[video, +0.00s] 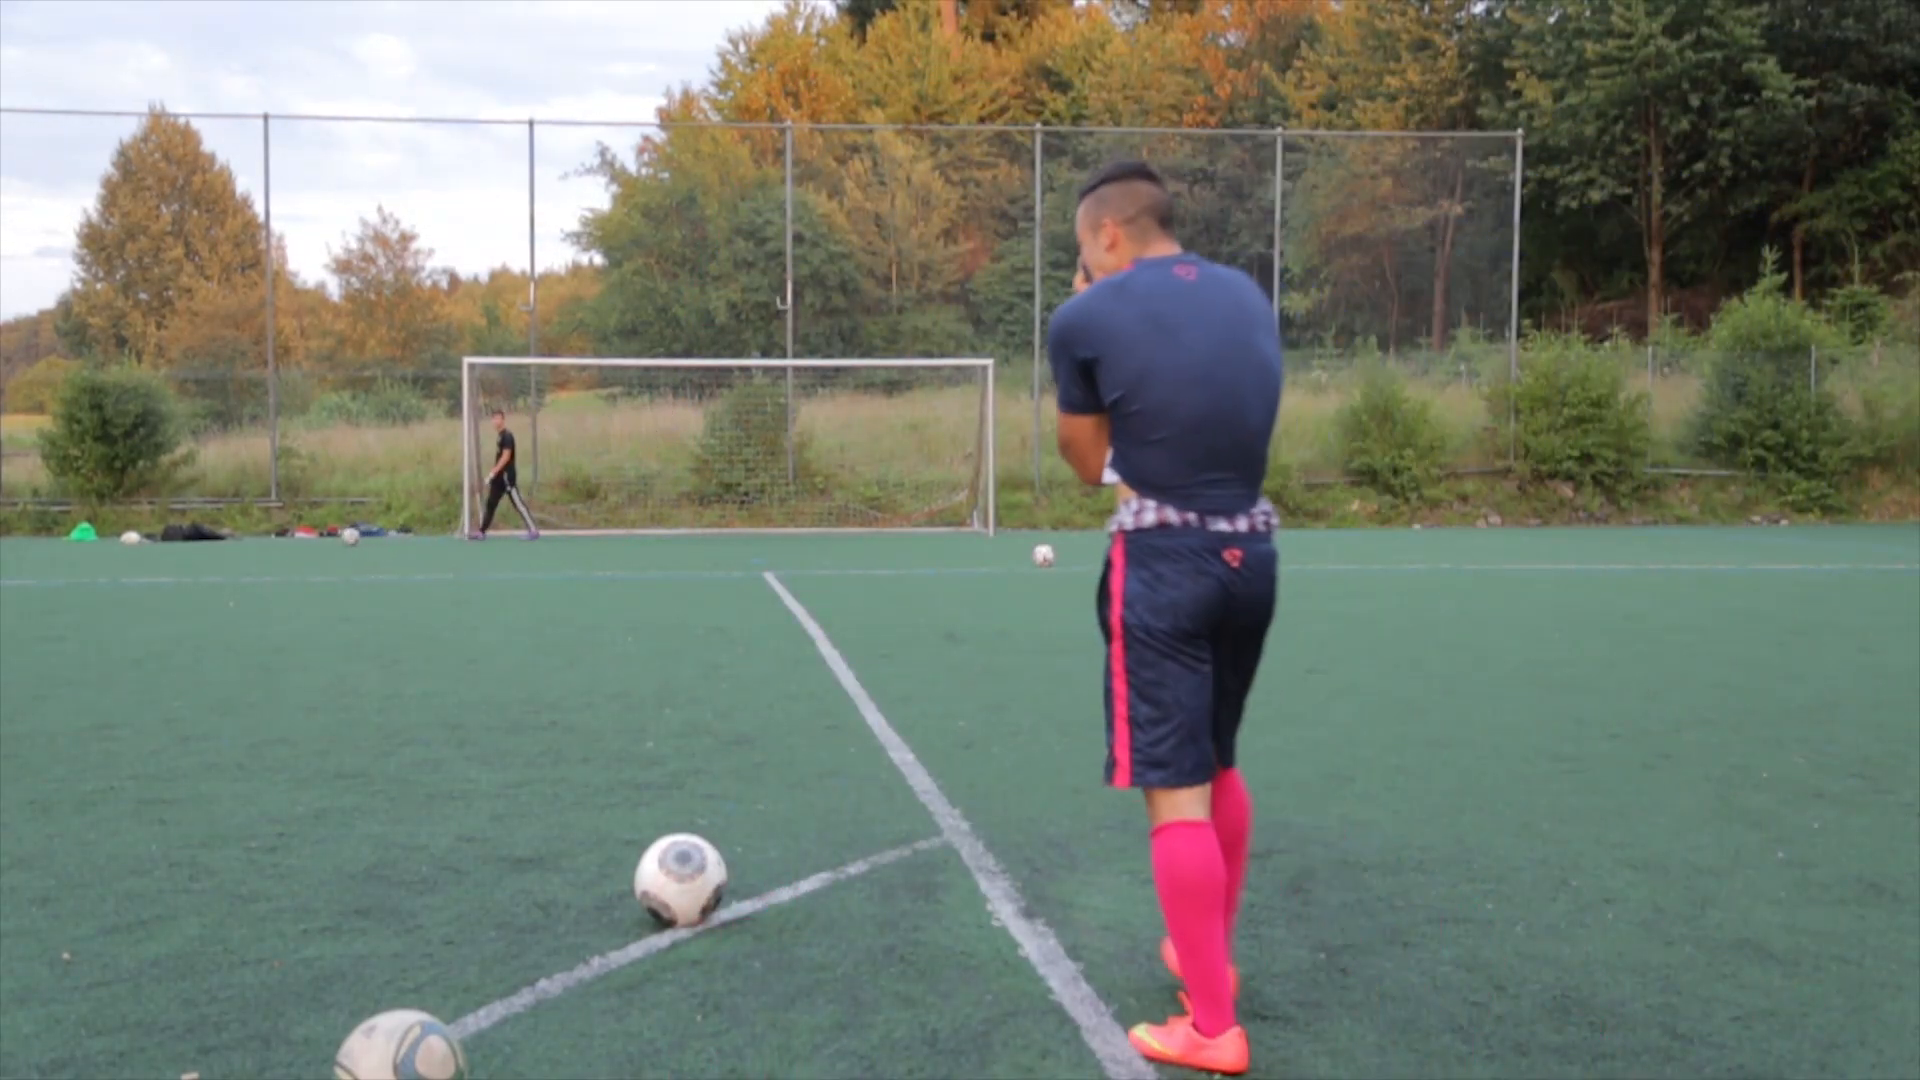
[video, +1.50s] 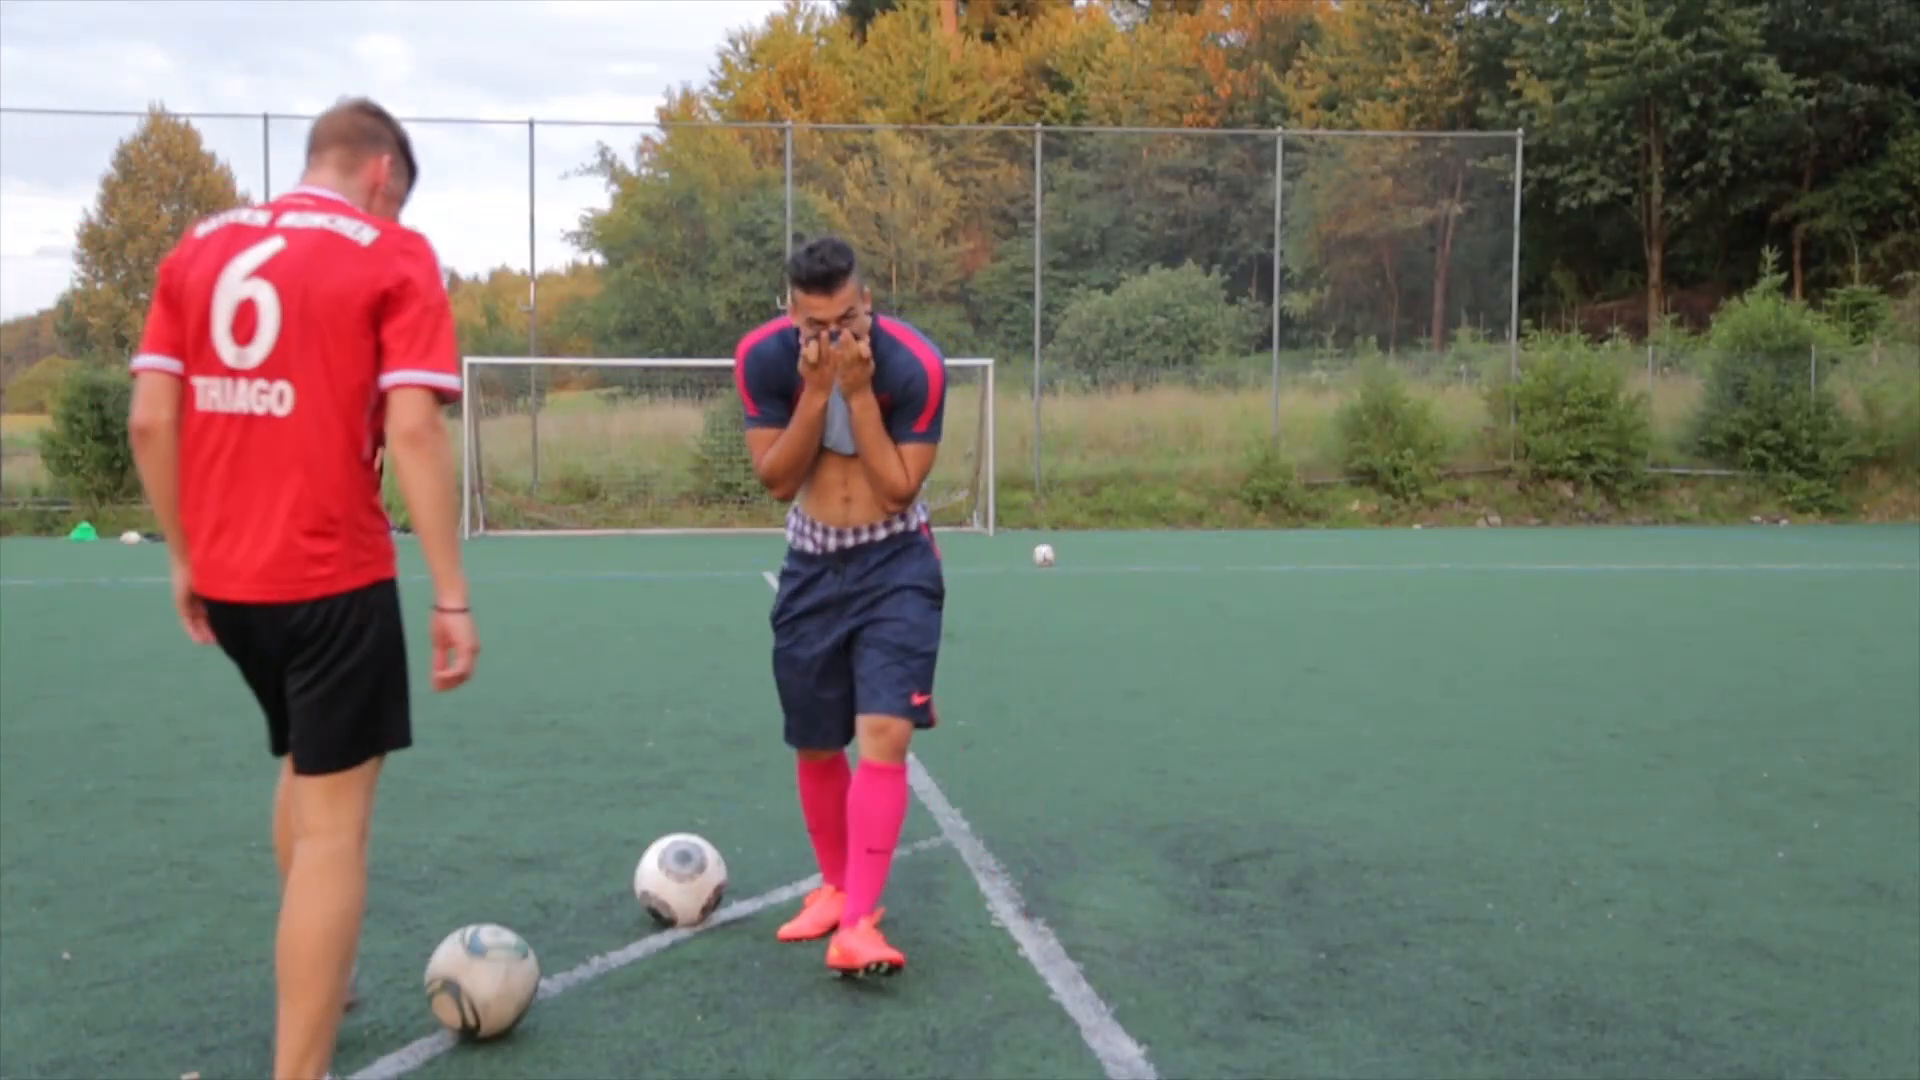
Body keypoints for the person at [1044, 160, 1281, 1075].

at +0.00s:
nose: (1083, 264)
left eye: (1082, 249)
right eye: (1081, 251)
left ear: (1109, 234)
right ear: (1165, 226)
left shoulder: (1086, 317)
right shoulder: (1246, 295)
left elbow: (1090, 461)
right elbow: (1236, 423)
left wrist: (1098, 339)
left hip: (1161, 567)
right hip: (1250, 562)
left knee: (1178, 801)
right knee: (1214, 763)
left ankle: (1214, 1026)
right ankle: (1208, 948)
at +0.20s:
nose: (1039, 306)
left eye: (1038, 293)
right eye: (1037, 294)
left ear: (1067, 279)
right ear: (1113, 274)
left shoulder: (1054, 351)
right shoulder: (1186, 331)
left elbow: (1045, 487)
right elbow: (1174, 450)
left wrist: (1050, 378)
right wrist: (1076, 369)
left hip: (1115, 579)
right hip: (1190, 576)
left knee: (1093, 790)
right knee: (1152, 769)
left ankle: (1197, 970)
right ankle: (1144, 933)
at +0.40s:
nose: (983, 288)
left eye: (986, 271)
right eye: (979, 274)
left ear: (1028, 259)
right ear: (1047, 263)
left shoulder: (1034, 332)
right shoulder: (1117, 316)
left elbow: (1004, 464)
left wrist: (1003, 352)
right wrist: (1014, 336)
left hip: (1072, 555)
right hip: (1139, 552)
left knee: (983, 730)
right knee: (1109, 736)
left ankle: (1095, 899)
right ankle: (1130, 929)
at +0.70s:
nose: (893, 339)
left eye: (895, 321)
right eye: (886, 325)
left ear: (938, 307)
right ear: (945, 308)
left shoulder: (975, 385)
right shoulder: (1012, 344)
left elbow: (937, 504)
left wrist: (935, 399)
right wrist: (939, 390)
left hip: (1005, 572)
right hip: (1035, 563)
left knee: (951, 743)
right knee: (997, 728)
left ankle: (996, 900)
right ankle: (1089, 837)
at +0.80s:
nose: (878, 327)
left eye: (882, 310)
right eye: (871, 315)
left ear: (922, 297)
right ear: (906, 305)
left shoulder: (969, 367)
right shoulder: (948, 345)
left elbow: (933, 488)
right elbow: (912, 457)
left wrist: (913, 383)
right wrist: (901, 376)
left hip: (999, 559)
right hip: (966, 551)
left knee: (961, 733)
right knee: (914, 708)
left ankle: (997, 897)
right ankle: (1021, 843)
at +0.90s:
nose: (856, 317)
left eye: (861, 299)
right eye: (846, 305)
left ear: (903, 288)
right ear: (860, 306)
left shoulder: (955, 352)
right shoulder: (905, 349)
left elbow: (918, 478)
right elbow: (879, 457)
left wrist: (891, 375)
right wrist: (875, 368)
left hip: (984, 552)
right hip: (931, 548)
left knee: (971, 726)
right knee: (890, 708)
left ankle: (999, 898)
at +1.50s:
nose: (832, 336)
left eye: (845, 319)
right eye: (814, 323)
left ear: (866, 299)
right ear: (791, 310)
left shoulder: (912, 364)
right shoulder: (766, 357)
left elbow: (900, 487)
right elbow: (777, 480)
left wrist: (857, 392)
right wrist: (817, 391)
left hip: (897, 566)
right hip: (812, 573)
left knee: (885, 734)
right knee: (817, 744)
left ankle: (861, 921)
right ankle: (834, 890)